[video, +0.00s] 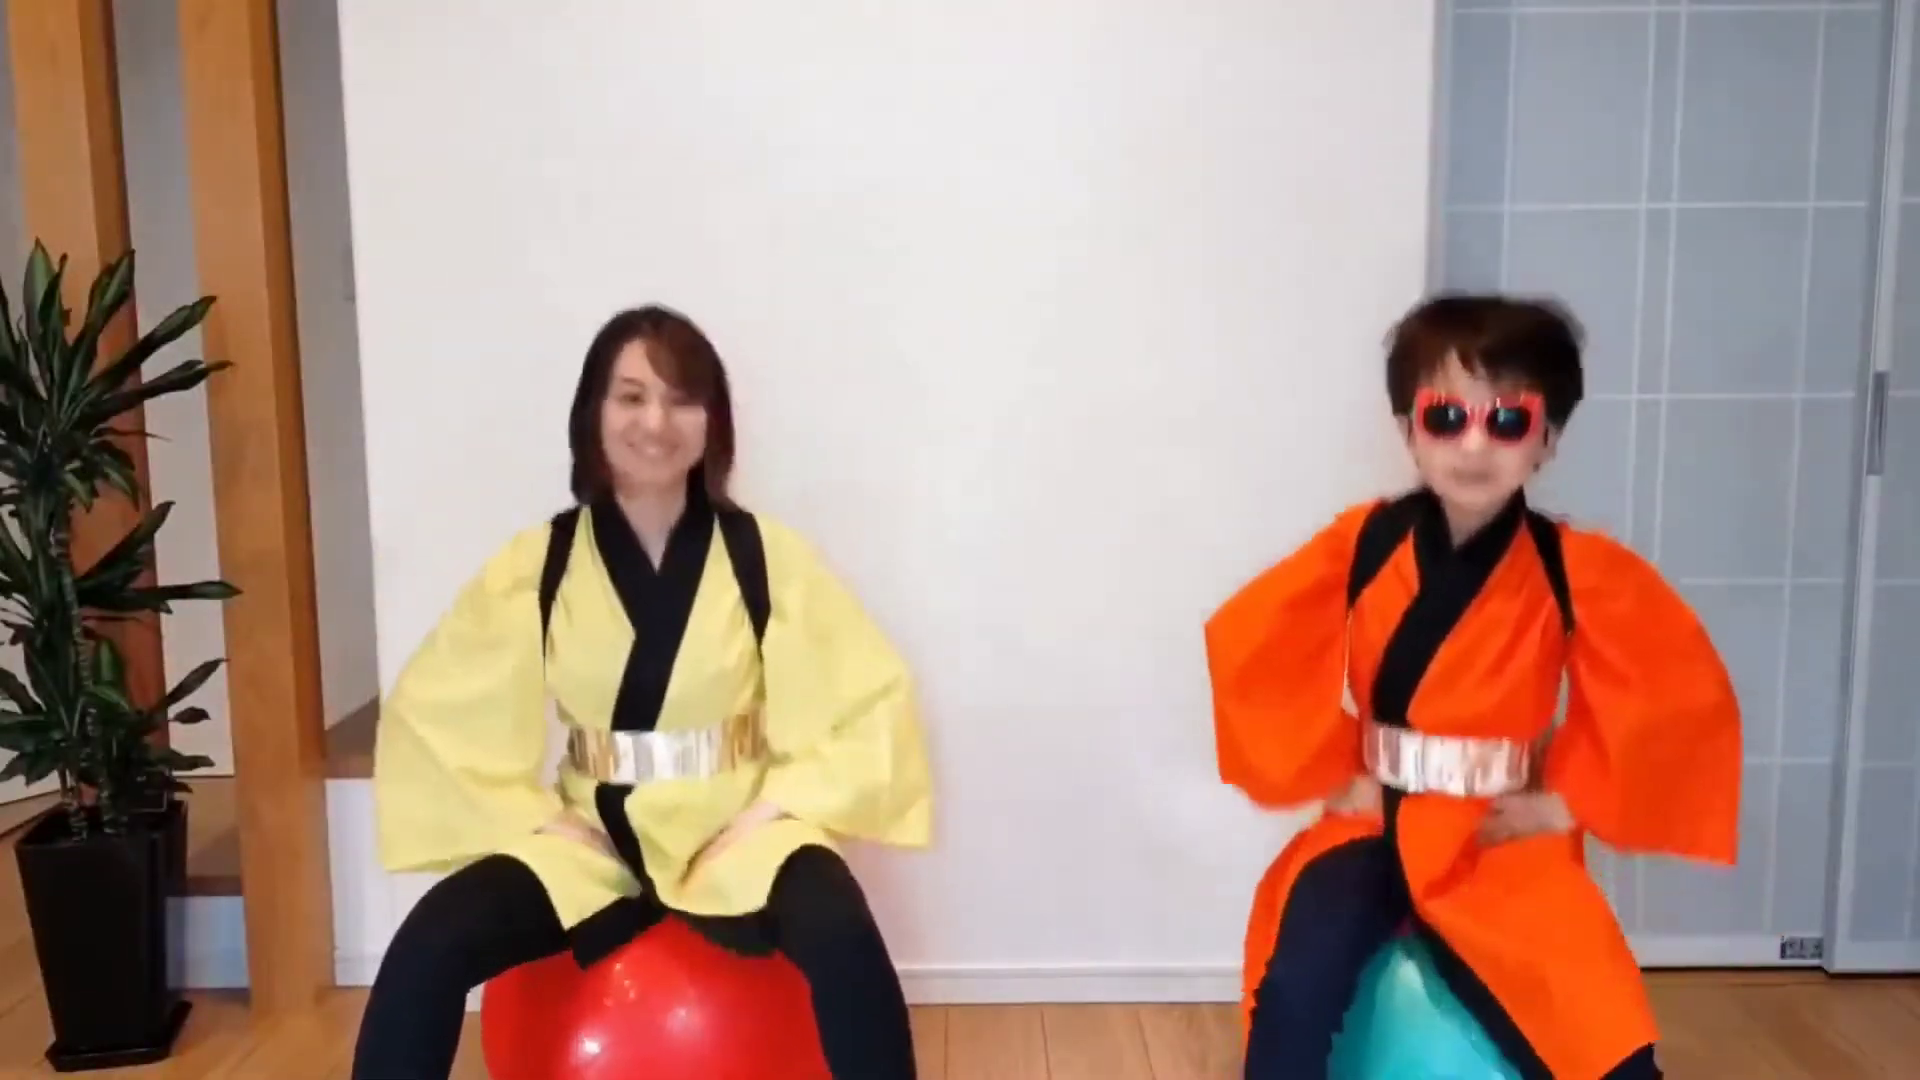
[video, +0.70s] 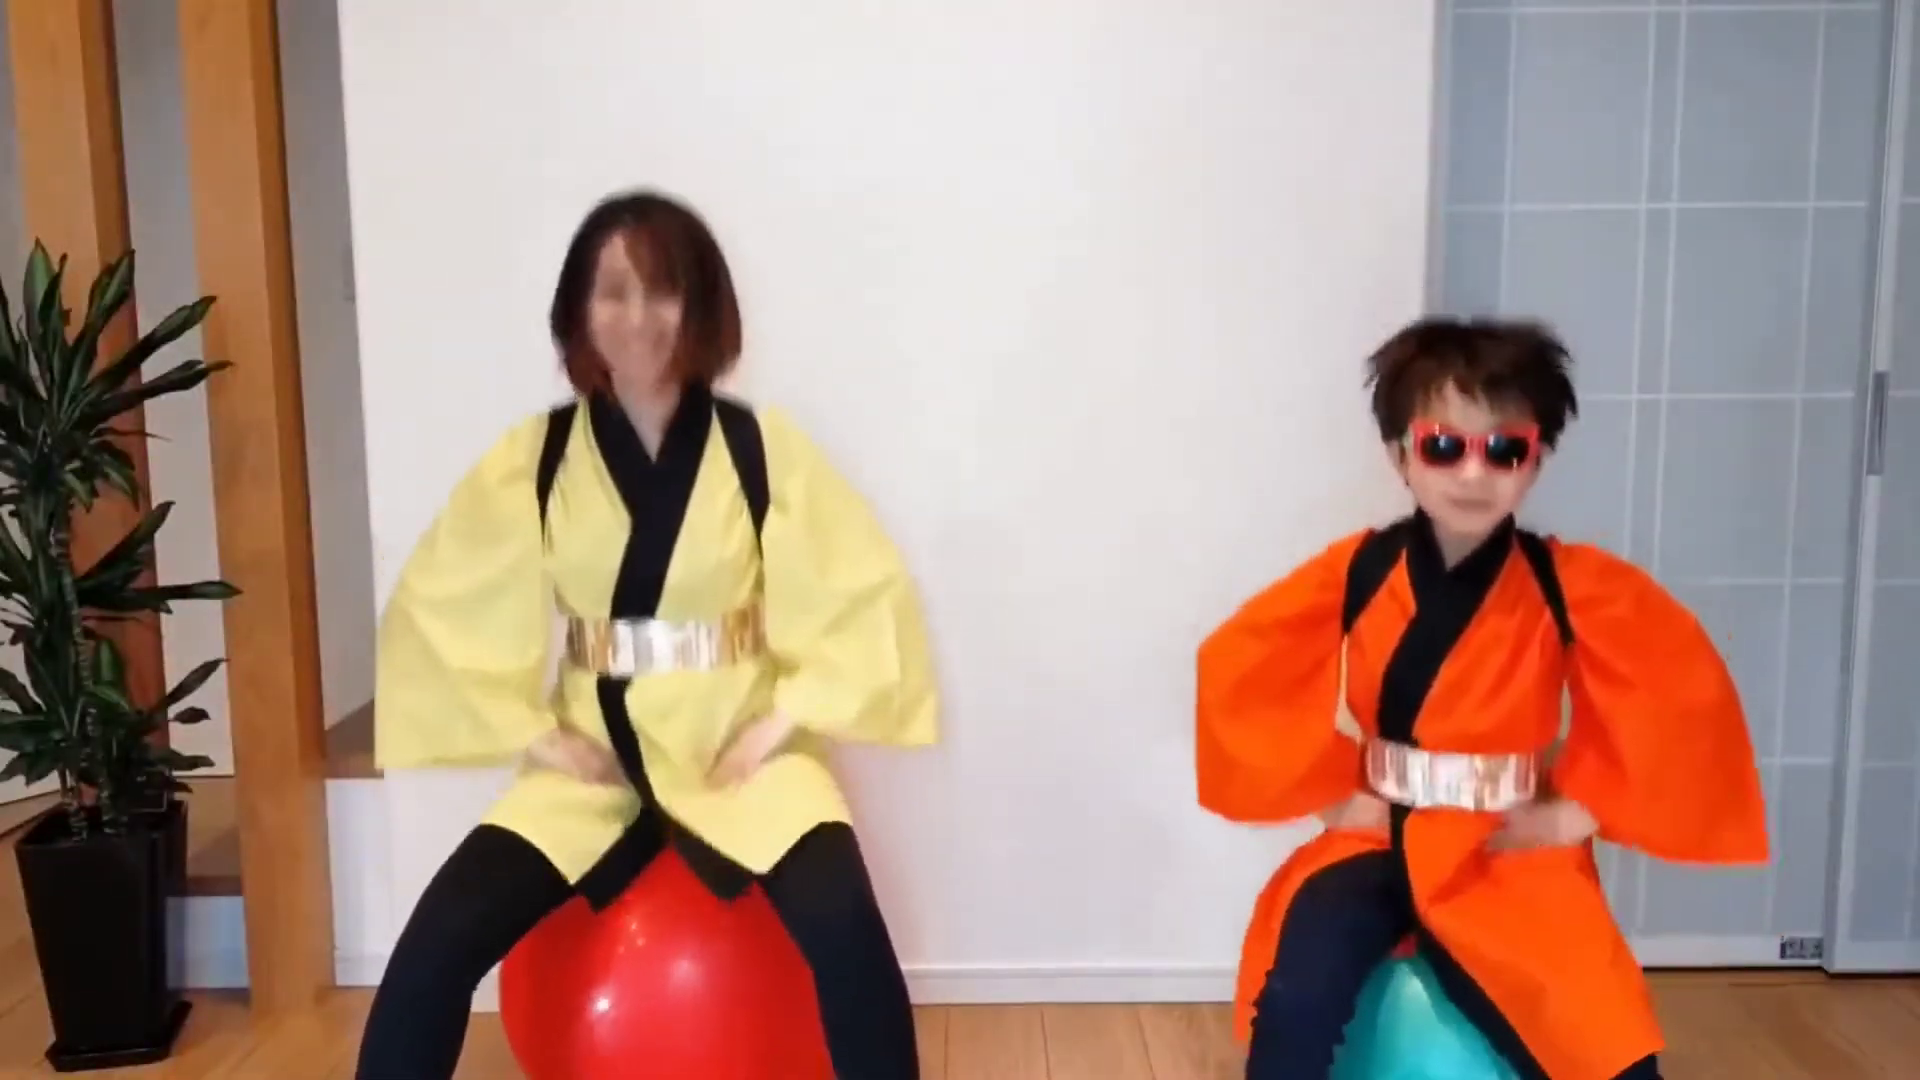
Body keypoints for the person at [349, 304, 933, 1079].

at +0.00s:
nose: (655, 421)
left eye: (680, 400)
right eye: (630, 398)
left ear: (711, 422)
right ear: (592, 415)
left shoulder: (764, 556)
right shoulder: (540, 561)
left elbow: (874, 707)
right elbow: (426, 706)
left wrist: (778, 806)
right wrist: (531, 811)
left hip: (736, 847)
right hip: (589, 851)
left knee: (831, 906)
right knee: (437, 933)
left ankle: (883, 1075)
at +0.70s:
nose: (636, 316)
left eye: (662, 290)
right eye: (613, 292)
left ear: (699, 308)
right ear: (580, 312)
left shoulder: (762, 451)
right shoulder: (535, 455)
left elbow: (869, 602)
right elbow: (434, 610)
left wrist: (778, 719)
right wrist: (543, 737)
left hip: (750, 755)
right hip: (589, 760)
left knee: (848, 934)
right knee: (431, 951)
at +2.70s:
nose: (667, 415)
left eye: (692, 396)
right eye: (643, 391)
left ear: (724, 419)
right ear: (603, 408)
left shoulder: (771, 551)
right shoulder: (537, 559)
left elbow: (883, 682)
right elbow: (435, 704)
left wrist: (788, 798)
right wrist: (543, 810)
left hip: (744, 835)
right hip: (589, 845)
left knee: (842, 914)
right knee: (440, 940)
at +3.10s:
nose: (670, 312)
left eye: (698, 292)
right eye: (646, 282)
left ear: (727, 314)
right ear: (600, 295)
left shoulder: (767, 446)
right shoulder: (521, 445)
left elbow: (851, 591)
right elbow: (435, 584)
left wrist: (801, 671)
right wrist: (500, 696)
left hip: (746, 747)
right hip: (583, 754)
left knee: (853, 932)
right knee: (433, 950)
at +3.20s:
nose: (675, 383)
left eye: (702, 362)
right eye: (650, 358)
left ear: (728, 386)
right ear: (603, 375)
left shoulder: (765, 524)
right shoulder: (540, 521)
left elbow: (808, 643)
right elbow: (456, 644)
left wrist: (836, 698)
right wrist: (390, 738)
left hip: (742, 805)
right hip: (591, 814)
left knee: (844, 905)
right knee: (434, 941)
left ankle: (885, 1073)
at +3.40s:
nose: (690, 362)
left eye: (715, 343)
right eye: (665, 337)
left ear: (743, 367)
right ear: (624, 352)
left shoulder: (772, 503)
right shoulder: (556, 484)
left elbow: (871, 676)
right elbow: (431, 603)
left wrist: (816, 585)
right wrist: (363, 563)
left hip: (733, 799)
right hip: (582, 804)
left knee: (844, 928)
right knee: (427, 944)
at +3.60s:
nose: (730, 312)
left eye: (760, 292)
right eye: (707, 282)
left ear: (793, 319)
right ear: (662, 294)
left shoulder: (801, 462)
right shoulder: (578, 411)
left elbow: (833, 601)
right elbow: (471, 501)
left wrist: (832, 674)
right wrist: (476, 580)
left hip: (733, 733)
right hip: (577, 735)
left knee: (849, 882)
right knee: (408, 933)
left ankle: (917, 1072)